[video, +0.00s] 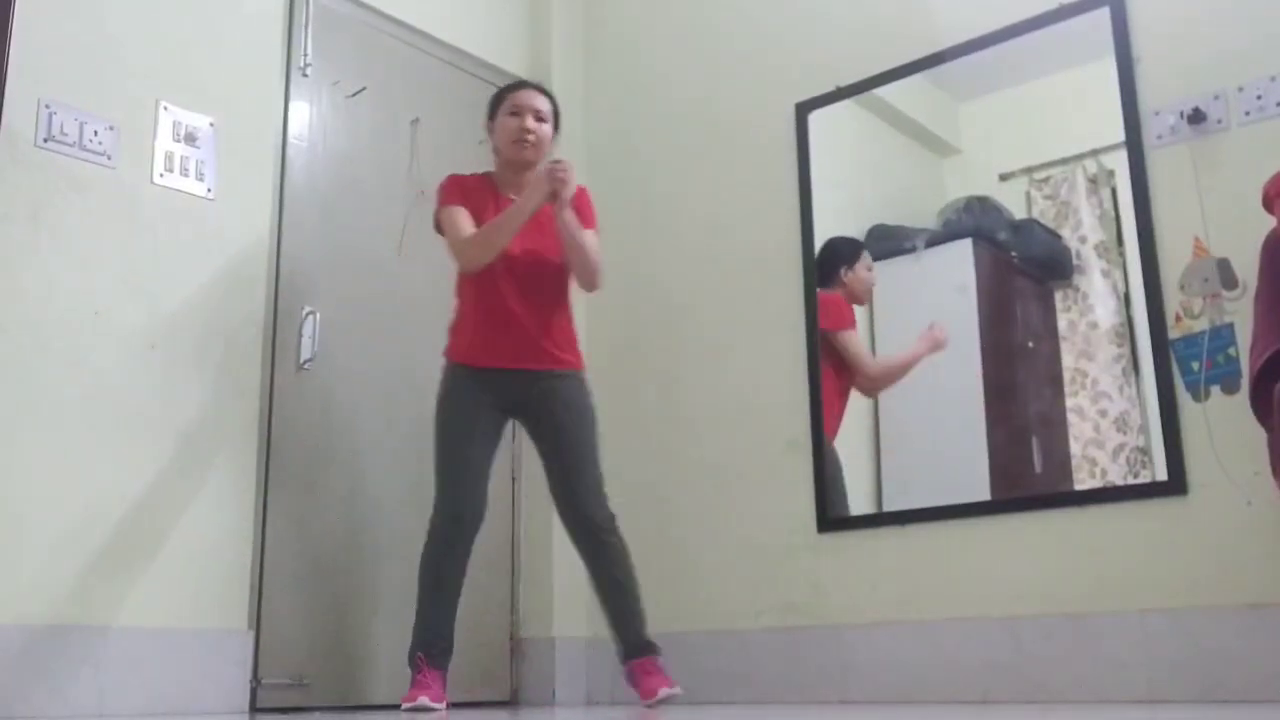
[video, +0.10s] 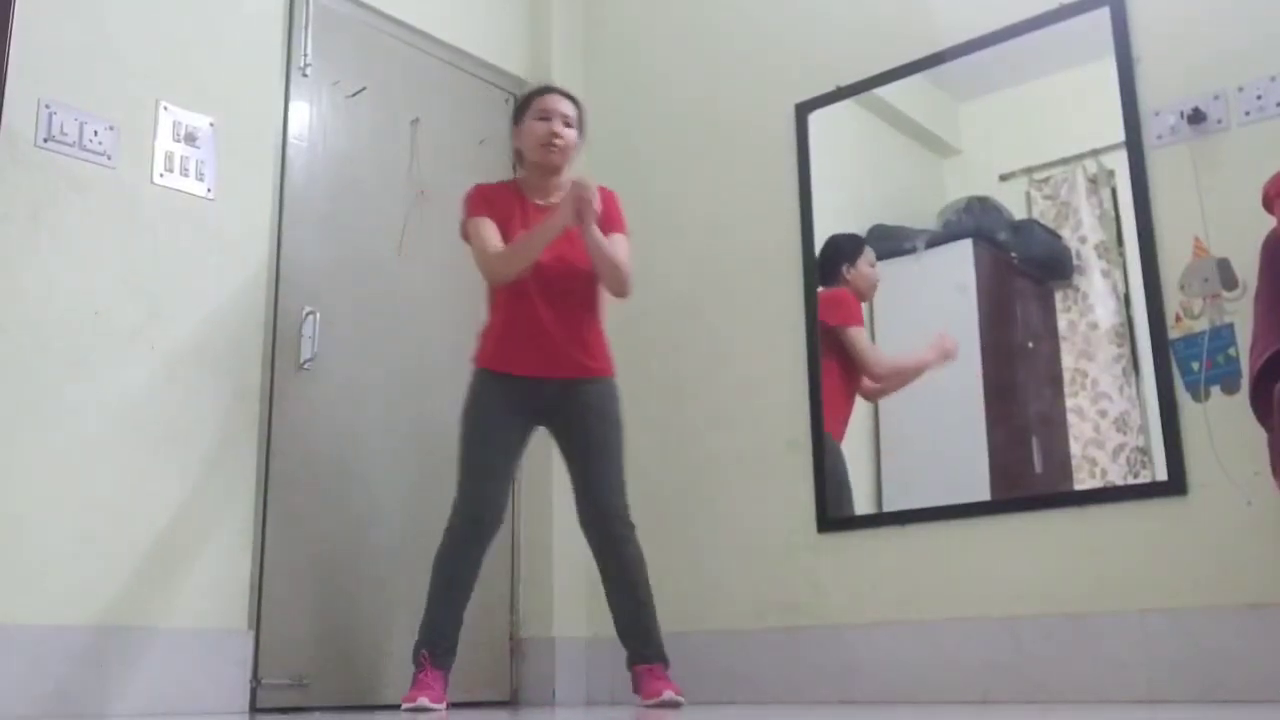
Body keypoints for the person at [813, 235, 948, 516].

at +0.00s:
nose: (873, 279)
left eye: (872, 270)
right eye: (868, 269)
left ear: (845, 274)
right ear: (845, 273)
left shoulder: (825, 305)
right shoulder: (831, 303)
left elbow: (869, 385)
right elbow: (870, 375)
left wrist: (922, 348)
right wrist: (924, 346)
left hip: (817, 442)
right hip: (813, 443)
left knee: (833, 527)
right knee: (835, 528)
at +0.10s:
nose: (878, 275)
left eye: (875, 266)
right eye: (871, 265)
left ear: (848, 271)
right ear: (847, 271)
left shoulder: (826, 306)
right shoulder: (840, 299)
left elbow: (872, 391)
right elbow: (877, 368)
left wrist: (928, 362)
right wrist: (933, 354)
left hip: (817, 439)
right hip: (819, 439)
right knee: (841, 530)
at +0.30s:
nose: (888, 271)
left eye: (887, 262)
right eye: (879, 261)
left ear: (851, 268)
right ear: (851, 266)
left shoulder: (832, 300)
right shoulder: (852, 294)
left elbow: (851, 400)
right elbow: (869, 370)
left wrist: (887, 457)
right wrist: (899, 448)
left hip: (825, 431)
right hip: (826, 432)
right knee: (855, 526)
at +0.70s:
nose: (901, 268)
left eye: (902, 258)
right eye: (895, 256)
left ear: (869, 259)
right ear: (869, 257)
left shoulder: (838, 286)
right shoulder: (863, 282)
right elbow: (831, 301)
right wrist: (826, 380)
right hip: (841, 418)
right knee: (860, 513)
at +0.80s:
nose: (899, 269)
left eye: (899, 259)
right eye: (895, 257)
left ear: (871, 259)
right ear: (872, 259)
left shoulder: (830, 291)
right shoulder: (859, 288)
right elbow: (840, 343)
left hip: (821, 423)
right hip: (840, 426)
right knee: (862, 526)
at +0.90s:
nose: (894, 270)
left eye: (893, 260)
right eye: (890, 259)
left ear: (865, 261)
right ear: (869, 260)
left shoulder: (826, 295)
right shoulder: (856, 294)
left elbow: (830, 394)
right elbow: (862, 370)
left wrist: (882, 414)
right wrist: (901, 415)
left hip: (817, 425)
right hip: (835, 427)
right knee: (867, 520)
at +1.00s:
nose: (889, 267)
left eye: (888, 257)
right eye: (886, 256)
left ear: (840, 258)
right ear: (867, 257)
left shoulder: (824, 291)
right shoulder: (857, 291)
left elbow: (853, 385)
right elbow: (881, 373)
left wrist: (911, 375)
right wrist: (924, 367)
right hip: (829, 422)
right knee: (860, 517)